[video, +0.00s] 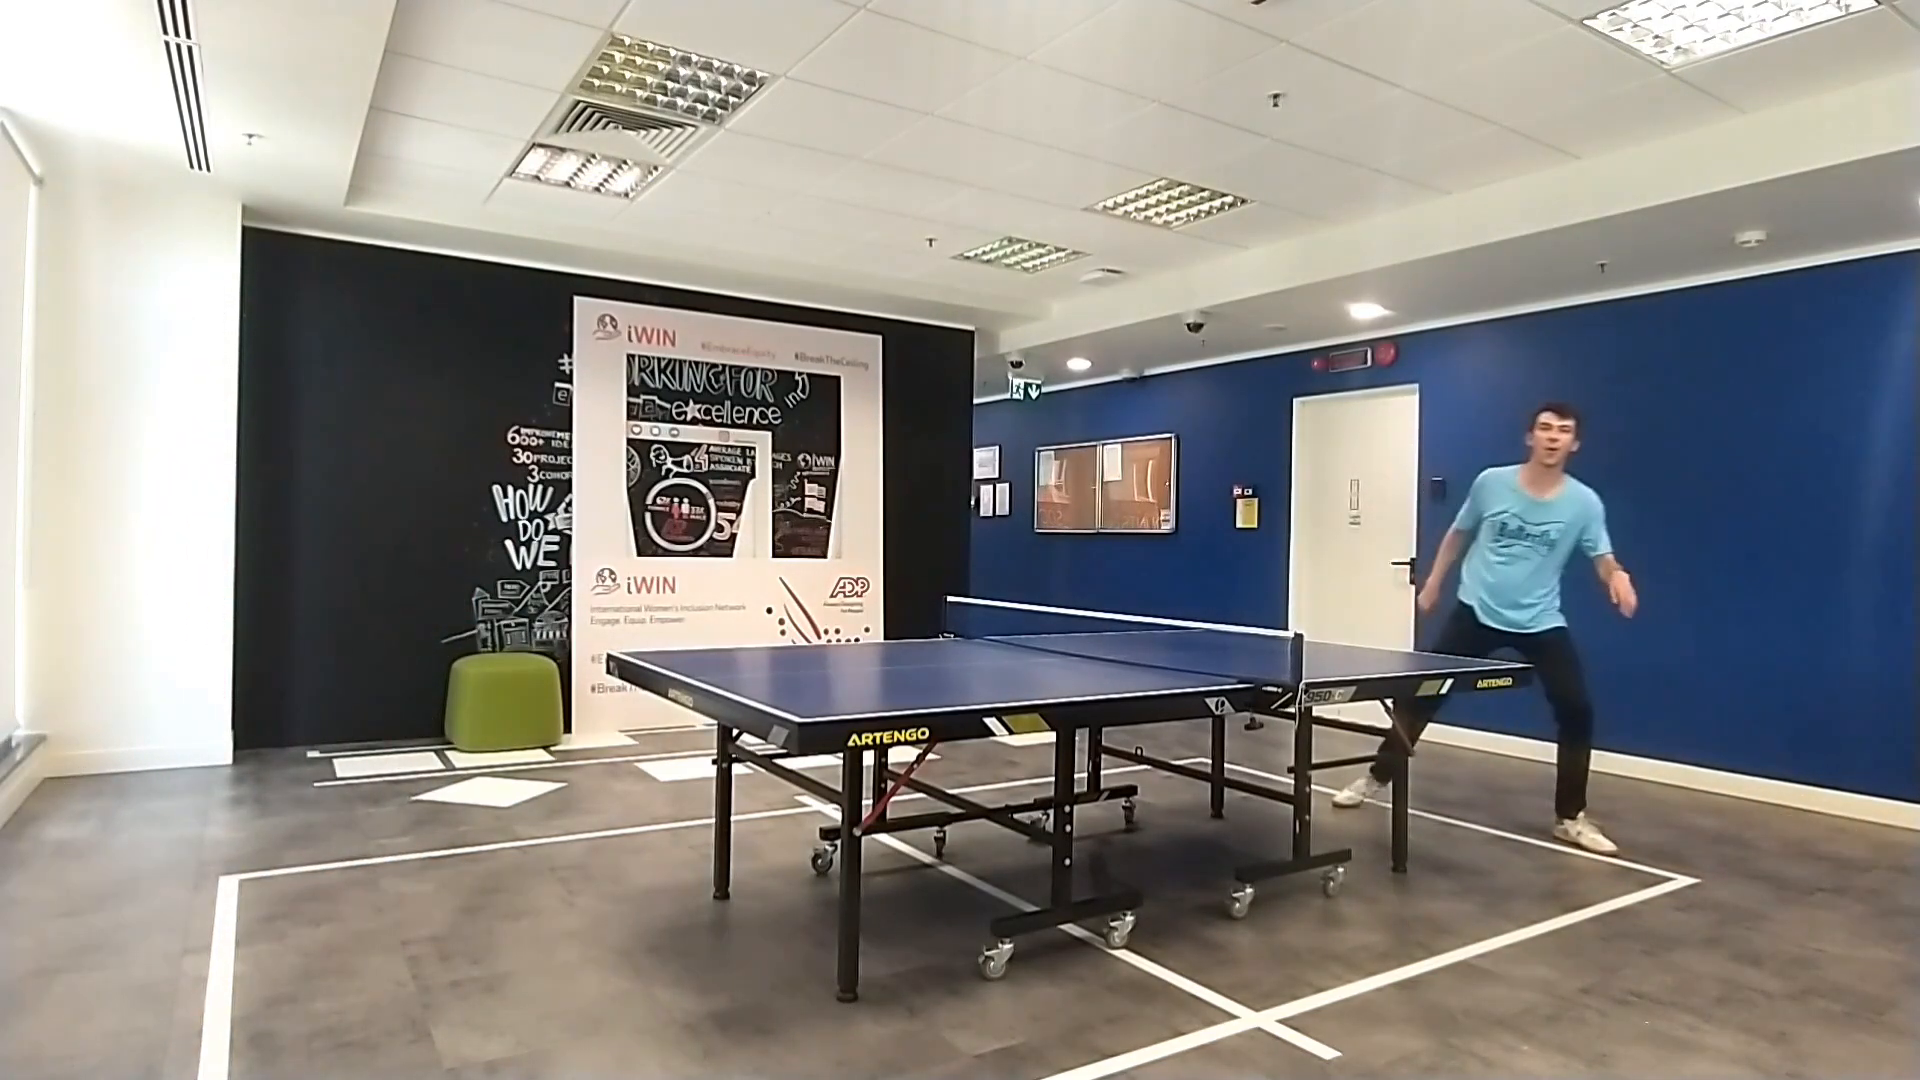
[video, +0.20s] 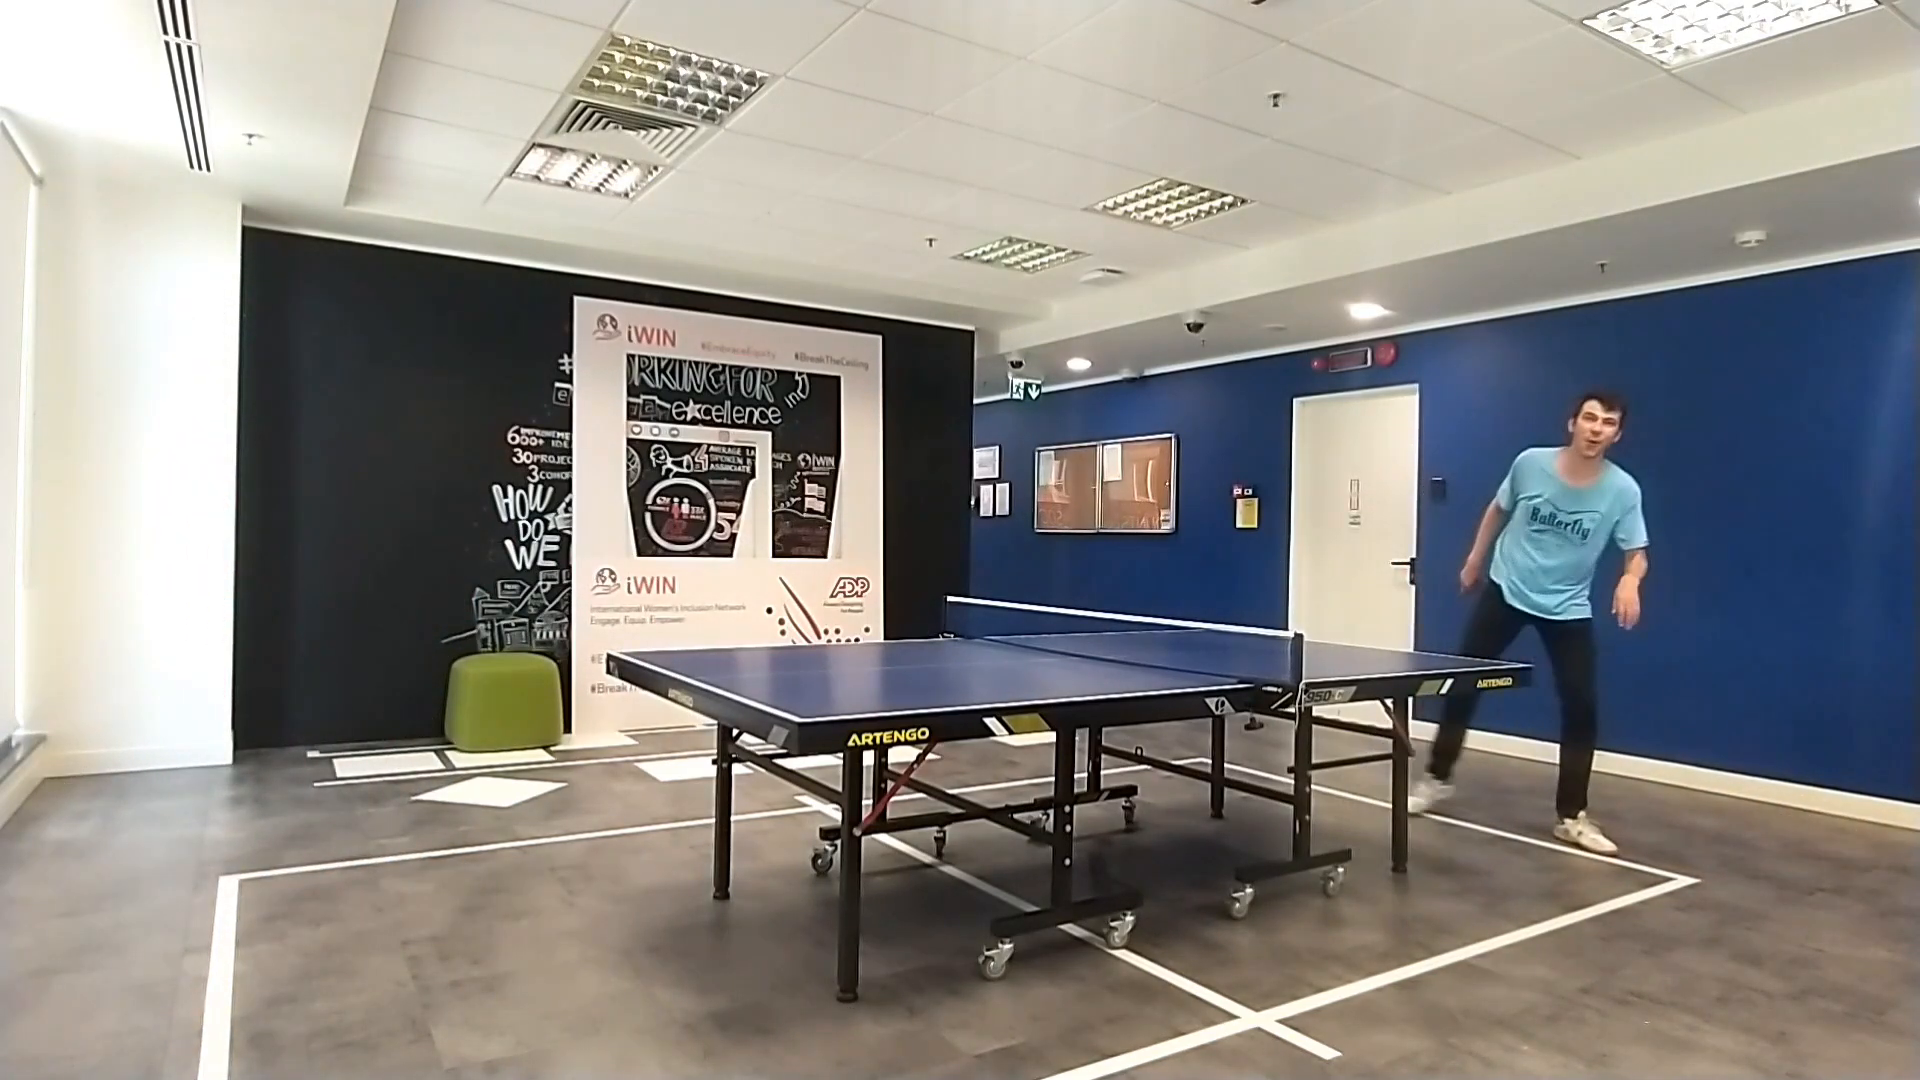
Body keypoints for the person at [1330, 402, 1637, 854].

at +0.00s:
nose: (1554, 437)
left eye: (1563, 431)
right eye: (1546, 429)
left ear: (1574, 442)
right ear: (1530, 436)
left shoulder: (1585, 503)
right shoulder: (1491, 482)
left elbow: (1603, 557)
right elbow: (1457, 533)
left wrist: (1615, 577)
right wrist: (1432, 584)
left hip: (1540, 621)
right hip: (1476, 612)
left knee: (1577, 709)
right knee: (1422, 693)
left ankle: (1570, 818)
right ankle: (1374, 780)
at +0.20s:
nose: (1598, 429)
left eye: (1608, 423)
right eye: (1590, 419)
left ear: (1617, 433)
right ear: (1572, 422)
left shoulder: (1623, 490)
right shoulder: (1531, 463)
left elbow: (1636, 552)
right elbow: (1498, 508)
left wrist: (1629, 582)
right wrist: (1475, 559)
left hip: (1568, 606)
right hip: (1506, 592)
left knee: (1581, 703)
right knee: (1464, 679)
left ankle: (1572, 816)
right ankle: (1437, 778)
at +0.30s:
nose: (1607, 423)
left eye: (1618, 418)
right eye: (1600, 413)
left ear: (1628, 429)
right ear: (1582, 417)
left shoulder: (1633, 486)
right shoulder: (1541, 458)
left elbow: (1645, 550)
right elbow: (1511, 503)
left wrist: (1624, 582)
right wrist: (1488, 551)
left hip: (1577, 604)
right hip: (1517, 589)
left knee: (1579, 706)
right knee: (1485, 679)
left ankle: (1571, 815)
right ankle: (1487, 776)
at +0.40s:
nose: (1611, 417)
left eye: (1621, 412)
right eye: (1603, 408)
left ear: (1630, 422)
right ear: (1585, 413)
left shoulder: (1637, 480)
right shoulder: (1545, 457)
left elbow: (1650, 547)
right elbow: (1520, 505)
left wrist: (1620, 578)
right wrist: (1500, 550)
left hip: (1587, 605)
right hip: (1528, 590)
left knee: (1583, 707)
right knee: (1501, 681)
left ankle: (1572, 814)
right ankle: (1534, 766)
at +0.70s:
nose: (1587, 414)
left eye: (1596, 408)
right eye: (1579, 407)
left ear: (1607, 416)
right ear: (1563, 415)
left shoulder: (1631, 466)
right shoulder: (1548, 469)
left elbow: (1679, 518)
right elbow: (1544, 532)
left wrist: (1643, 559)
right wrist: (1535, 589)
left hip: (1605, 607)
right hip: (1554, 603)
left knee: (1589, 705)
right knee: (1556, 700)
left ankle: (1572, 814)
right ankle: (1603, 775)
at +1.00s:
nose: (1556, 431)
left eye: (1560, 421)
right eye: (1546, 428)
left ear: (1576, 422)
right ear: (1540, 440)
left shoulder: (1622, 459)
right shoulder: (1552, 485)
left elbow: (1688, 487)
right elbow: (1564, 542)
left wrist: (1664, 540)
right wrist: (1571, 583)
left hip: (1626, 595)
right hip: (1578, 601)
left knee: (1617, 695)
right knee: (1590, 697)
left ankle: (1617, 809)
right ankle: (1612, 791)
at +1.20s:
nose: (1562, 433)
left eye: (1566, 423)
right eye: (1551, 430)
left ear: (1580, 423)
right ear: (1544, 441)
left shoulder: (1623, 454)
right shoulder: (1556, 488)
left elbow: (1695, 466)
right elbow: (1569, 543)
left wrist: (1673, 515)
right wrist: (1586, 574)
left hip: (1640, 583)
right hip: (1590, 594)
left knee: (1651, 688)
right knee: (1602, 692)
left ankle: (1674, 805)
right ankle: (1617, 793)